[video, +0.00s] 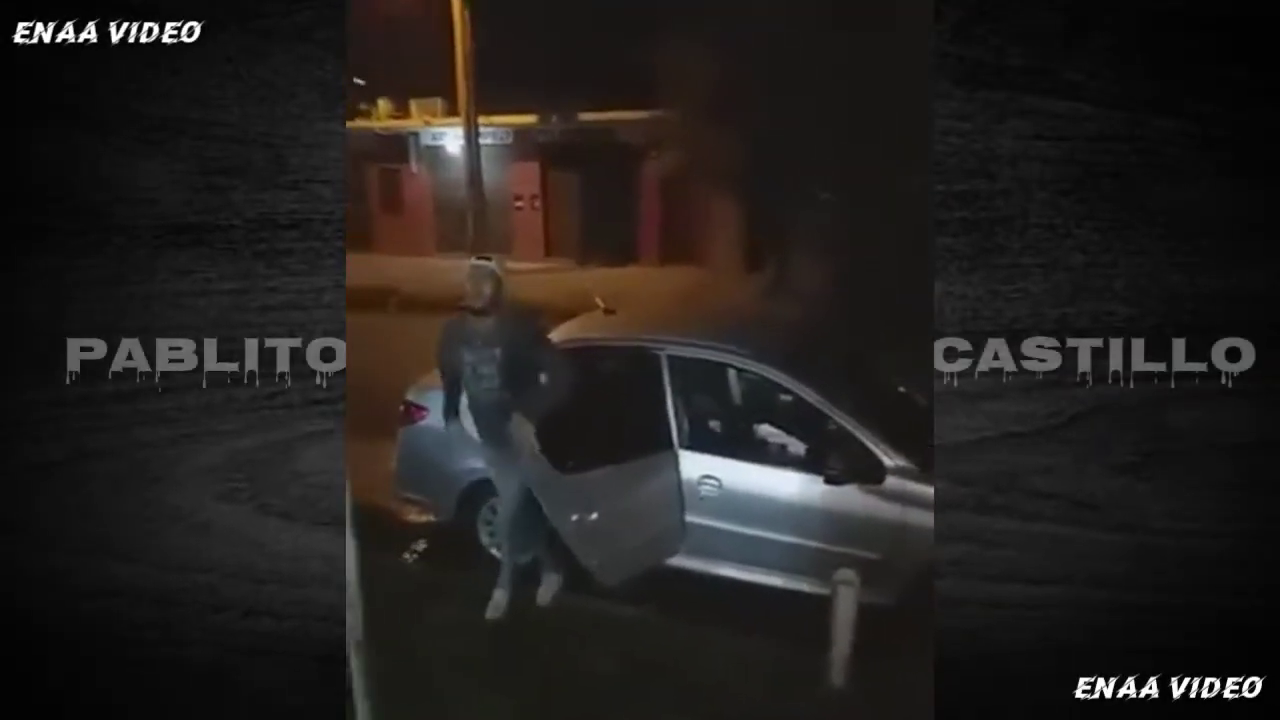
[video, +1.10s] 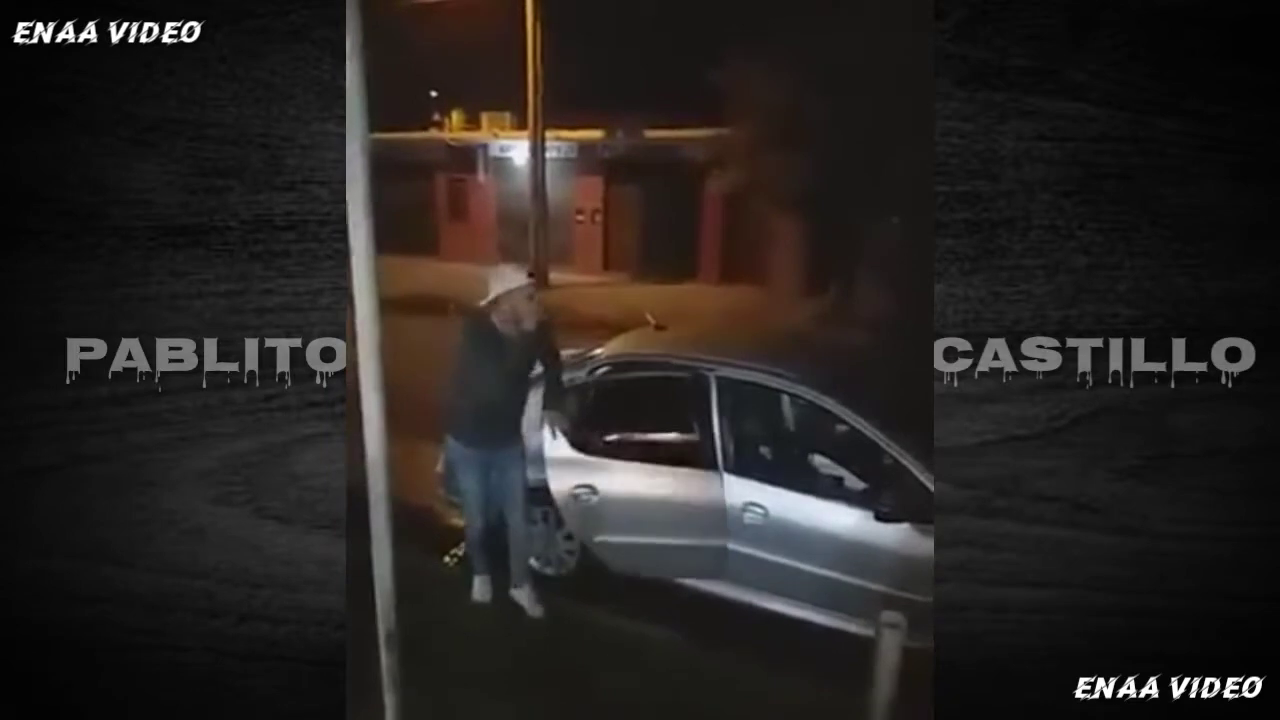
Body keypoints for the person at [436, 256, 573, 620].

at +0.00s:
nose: (477, 291)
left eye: (484, 284)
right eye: (472, 284)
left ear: (496, 286)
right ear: (466, 288)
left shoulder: (518, 325)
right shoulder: (456, 329)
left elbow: (559, 372)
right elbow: (450, 373)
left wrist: (531, 412)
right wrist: (451, 414)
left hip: (518, 422)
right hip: (483, 423)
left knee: (509, 505)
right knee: (515, 499)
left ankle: (503, 586)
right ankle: (550, 568)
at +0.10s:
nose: (479, 283)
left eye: (486, 275)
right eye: (474, 275)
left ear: (501, 280)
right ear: (468, 281)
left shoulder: (523, 321)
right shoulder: (457, 326)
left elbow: (566, 371)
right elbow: (437, 372)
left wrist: (535, 411)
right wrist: (437, 383)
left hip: (523, 429)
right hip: (488, 428)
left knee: (506, 509)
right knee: (512, 501)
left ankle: (510, 581)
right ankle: (545, 557)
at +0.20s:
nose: (490, 282)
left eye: (497, 273)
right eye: (484, 274)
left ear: (512, 276)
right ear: (478, 278)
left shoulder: (533, 318)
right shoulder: (472, 321)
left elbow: (576, 364)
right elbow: (439, 373)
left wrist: (547, 409)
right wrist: (458, 333)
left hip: (529, 431)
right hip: (494, 430)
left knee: (522, 515)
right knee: (496, 511)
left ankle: (522, 580)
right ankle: (521, 554)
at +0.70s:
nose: (501, 296)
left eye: (508, 288)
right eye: (495, 287)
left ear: (519, 293)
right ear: (483, 292)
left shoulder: (535, 330)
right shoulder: (466, 331)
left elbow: (572, 364)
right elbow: (469, 381)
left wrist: (558, 409)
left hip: (521, 441)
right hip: (476, 440)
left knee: (527, 522)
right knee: (483, 519)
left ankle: (541, 593)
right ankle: (487, 576)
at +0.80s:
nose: (506, 298)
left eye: (511, 290)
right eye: (499, 290)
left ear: (518, 294)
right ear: (481, 295)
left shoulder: (527, 330)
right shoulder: (463, 331)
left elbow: (562, 362)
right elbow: (457, 386)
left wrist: (552, 409)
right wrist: (449, 432)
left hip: (514, 443)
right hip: (470, 442)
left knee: (520, 522)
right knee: (477, 520)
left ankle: (533, 592)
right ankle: (482, 575)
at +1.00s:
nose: (521, 305)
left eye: (522, 297)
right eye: (514, 298)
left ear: (520, 300)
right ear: (491, 303)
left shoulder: (527, 335)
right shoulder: (469, 334)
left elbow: (552, 372)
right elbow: (470, 388)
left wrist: (548, 413)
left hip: (510, 444)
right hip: (468, 445)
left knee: (517, 522)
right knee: (476, 522)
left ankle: (520, 587)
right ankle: (480, 580)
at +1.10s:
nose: (532, 303)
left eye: (531, 296)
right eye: (525, 296)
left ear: (526, 297)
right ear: (504, 300)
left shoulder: (529, 334)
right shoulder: (476, 330)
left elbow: (552, 369)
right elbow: (487, 384)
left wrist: (552, 408)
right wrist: (528, 340)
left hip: (508, 438)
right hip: (468, 438)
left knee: (517, 516)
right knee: (476, 516)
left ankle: (519, 582)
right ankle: (480, 574)